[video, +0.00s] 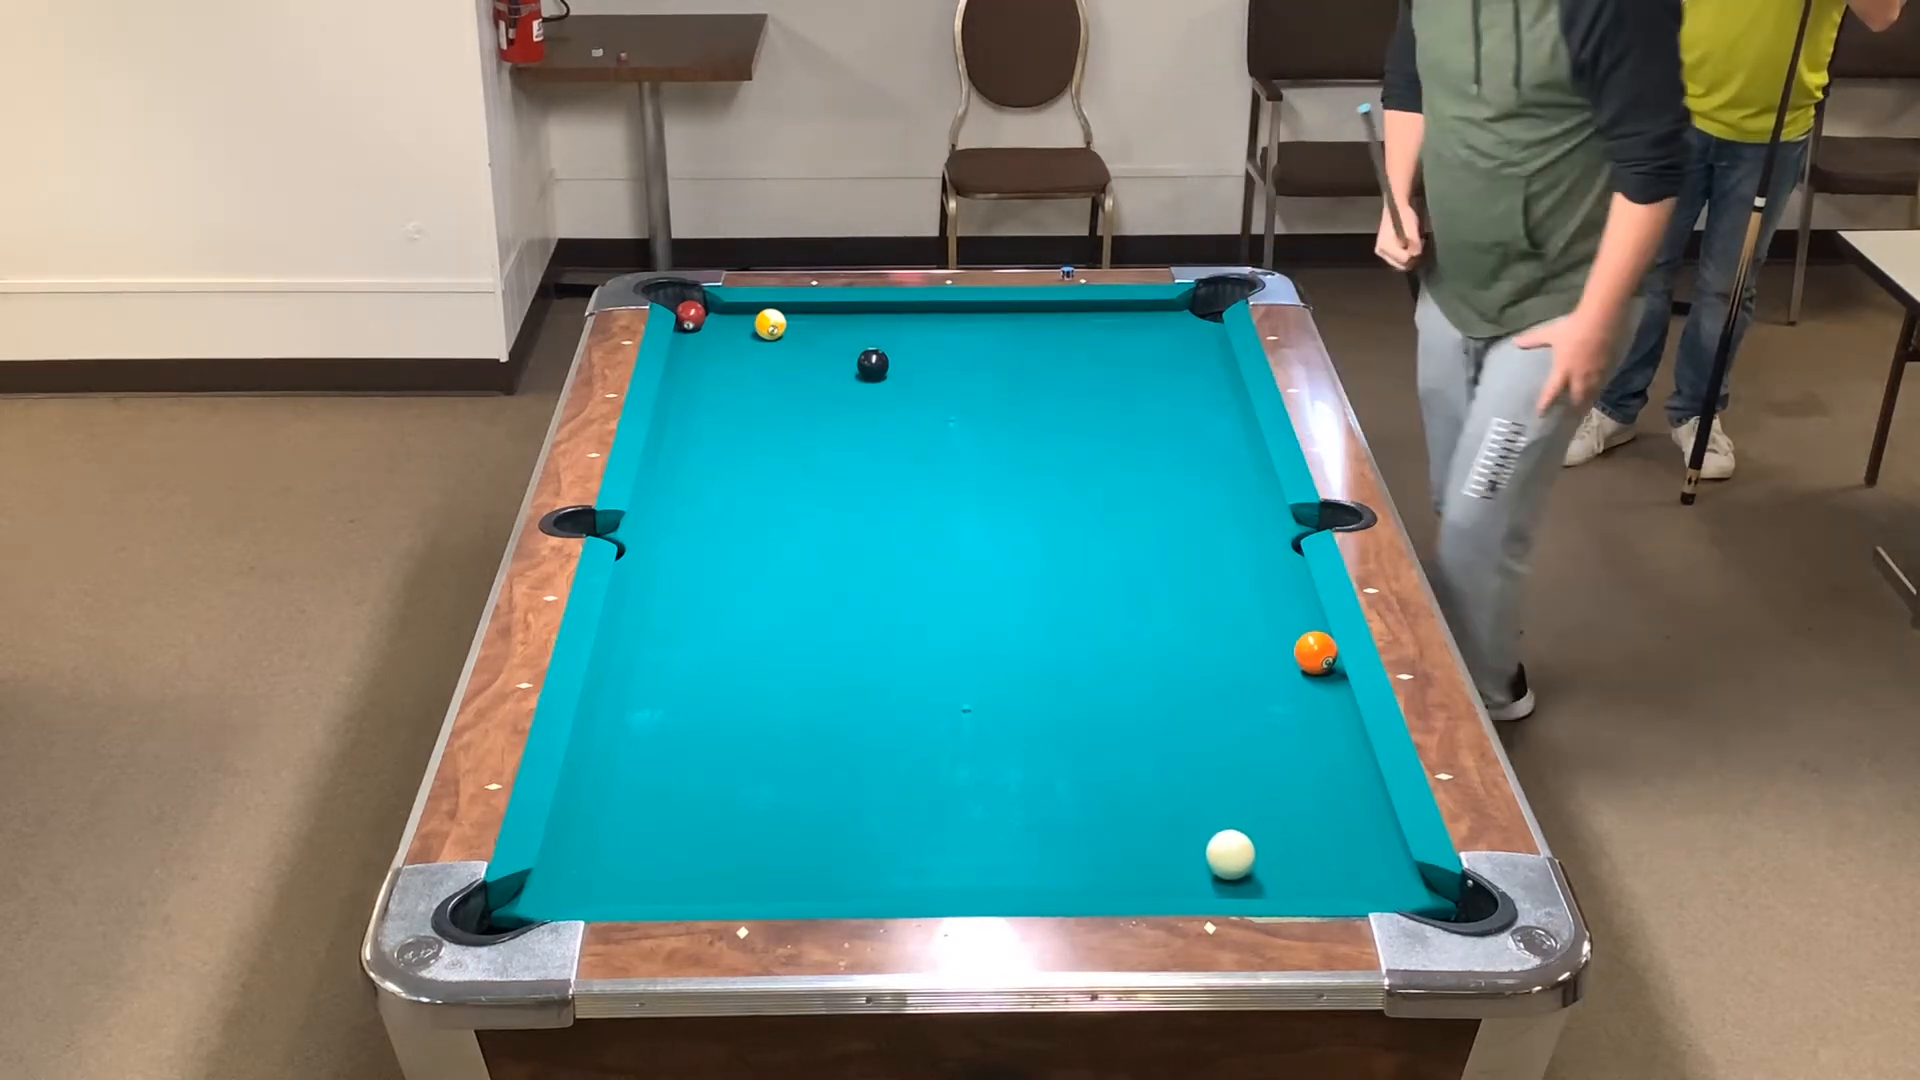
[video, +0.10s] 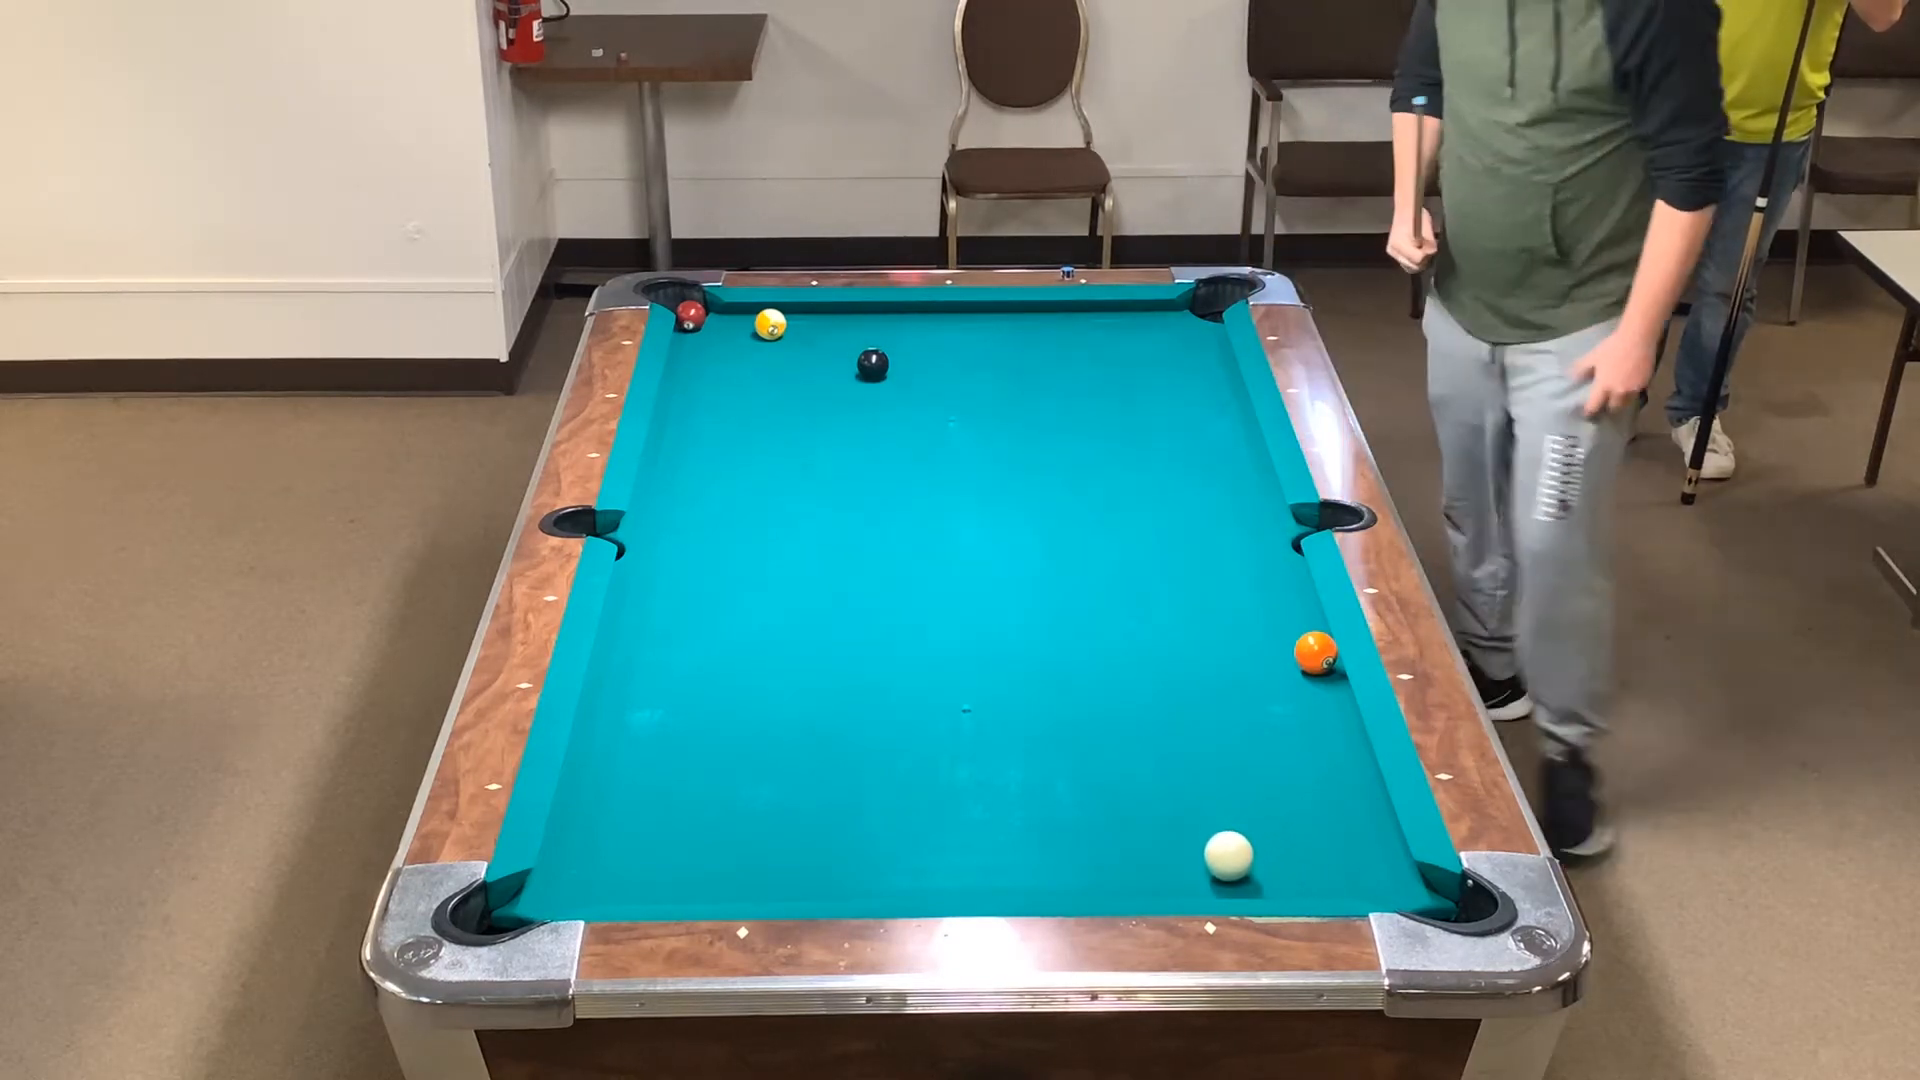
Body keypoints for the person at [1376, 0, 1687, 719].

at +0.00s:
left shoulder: (1615, 8)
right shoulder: (1426, 8)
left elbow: (1654, 162)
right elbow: (1408, 79)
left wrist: (1597, 322)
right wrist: (1398, 195)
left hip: (1559, 297)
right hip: (1451, 278)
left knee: (1474, 526)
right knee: (1455, 502)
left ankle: (1483, 691)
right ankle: (1490, 677)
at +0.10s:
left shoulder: (1653, 9)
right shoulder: (1446, 7)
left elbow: (1692, 171)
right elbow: (1419, 82)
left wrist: (1638, 337)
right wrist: (1407, 202)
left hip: (1580, 312)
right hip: (1461, 291)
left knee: (1552, 535)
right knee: (1470, 505)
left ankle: (1567, 751)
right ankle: (1491, 657)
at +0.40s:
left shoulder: (1803, 17)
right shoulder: (1557, 5)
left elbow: (1826, 196)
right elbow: (1484, 114)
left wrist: (1751, 351)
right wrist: (1478, 246)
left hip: (1711, 369)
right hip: (1554, 349)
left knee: (1704, 588)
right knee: (1506, 539)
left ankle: (1673, 790)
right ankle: (1483, 662)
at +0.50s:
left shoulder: (1852, 16)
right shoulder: (1597, 6)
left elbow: (1890, 188)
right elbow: (1517, 144)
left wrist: (1812, 345)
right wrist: (1533, 274)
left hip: (1762, 378)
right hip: (1603, 355)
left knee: (1729, 594)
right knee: (1515, 562)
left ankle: (1678, 790)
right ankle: (1494, 666)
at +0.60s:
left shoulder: (1887, 24)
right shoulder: (1637, 9)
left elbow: (1918, 189)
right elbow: (1554, 160)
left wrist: (1882, 322)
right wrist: (1595, 294)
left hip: (1800, 394)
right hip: (1642, 368)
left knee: (1740, 618)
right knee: (1560, 602)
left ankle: (1679, 794)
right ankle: (1535, 720)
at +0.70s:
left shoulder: (1904, 40)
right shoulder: (1678, 14)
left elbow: (1918, 202)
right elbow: (1583, 186)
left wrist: (1917, 302)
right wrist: (1670, 311)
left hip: (1826, 412)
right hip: (1674, 395)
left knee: (1753, 628)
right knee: (1635, 635)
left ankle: (1683, 793)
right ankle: (1597, 811)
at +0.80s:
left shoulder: (1915, 44)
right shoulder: (1718, 23)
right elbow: (1618, 213)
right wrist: (1740, 330)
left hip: (1855, 420)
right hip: (1709, 413)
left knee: (1766, 657)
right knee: (1703, 675)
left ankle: (1682, 815)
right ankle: (1675, 911)